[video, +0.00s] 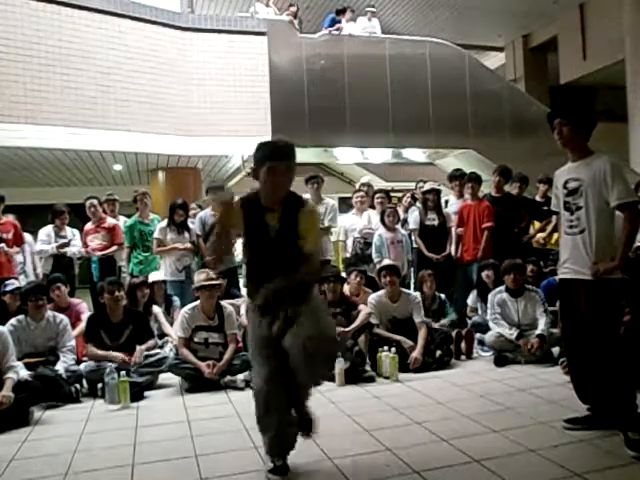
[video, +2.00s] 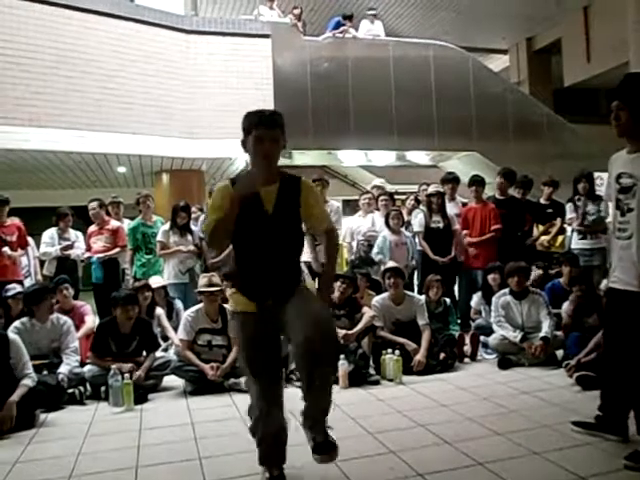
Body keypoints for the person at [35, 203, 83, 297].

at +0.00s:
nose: (64, 222)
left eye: (65, 219)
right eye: (61, 219)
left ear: (68, 218)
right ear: (54, 219)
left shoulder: (74, 232)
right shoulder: (45, 231)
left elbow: (79, 250)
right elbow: (38, 250)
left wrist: (66, 251)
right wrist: (55, 248)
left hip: (69, 272)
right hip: (50, 272)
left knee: (69, 301)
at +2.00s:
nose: (68, 224)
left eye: (69, 221)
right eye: (65, 221)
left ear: (72, 221)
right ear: (59, 221)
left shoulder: (77, 234)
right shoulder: (49, 234)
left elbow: (81, 251)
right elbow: (42, 253)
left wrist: (70, 253)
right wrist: (59, 250)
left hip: (72, 270)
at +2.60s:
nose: (68, 225)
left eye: (69, 221)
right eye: (65, 222)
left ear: (72, 221)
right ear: (59, 222)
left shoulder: (78, 235)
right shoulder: (49, 234)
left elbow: (81, 252)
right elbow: (43, 252)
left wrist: (69, 254)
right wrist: (59, 250)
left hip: (73, 270)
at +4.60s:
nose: (66, 221)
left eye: (68, 217)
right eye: (62, 218)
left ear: (71, 219)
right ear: (57, 220)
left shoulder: (78, 235)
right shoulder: (49, 234)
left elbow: (81, 253)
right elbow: (43, 253)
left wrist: (69, 253)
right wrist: (60, 250)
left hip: (72, 268)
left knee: (73, 298)